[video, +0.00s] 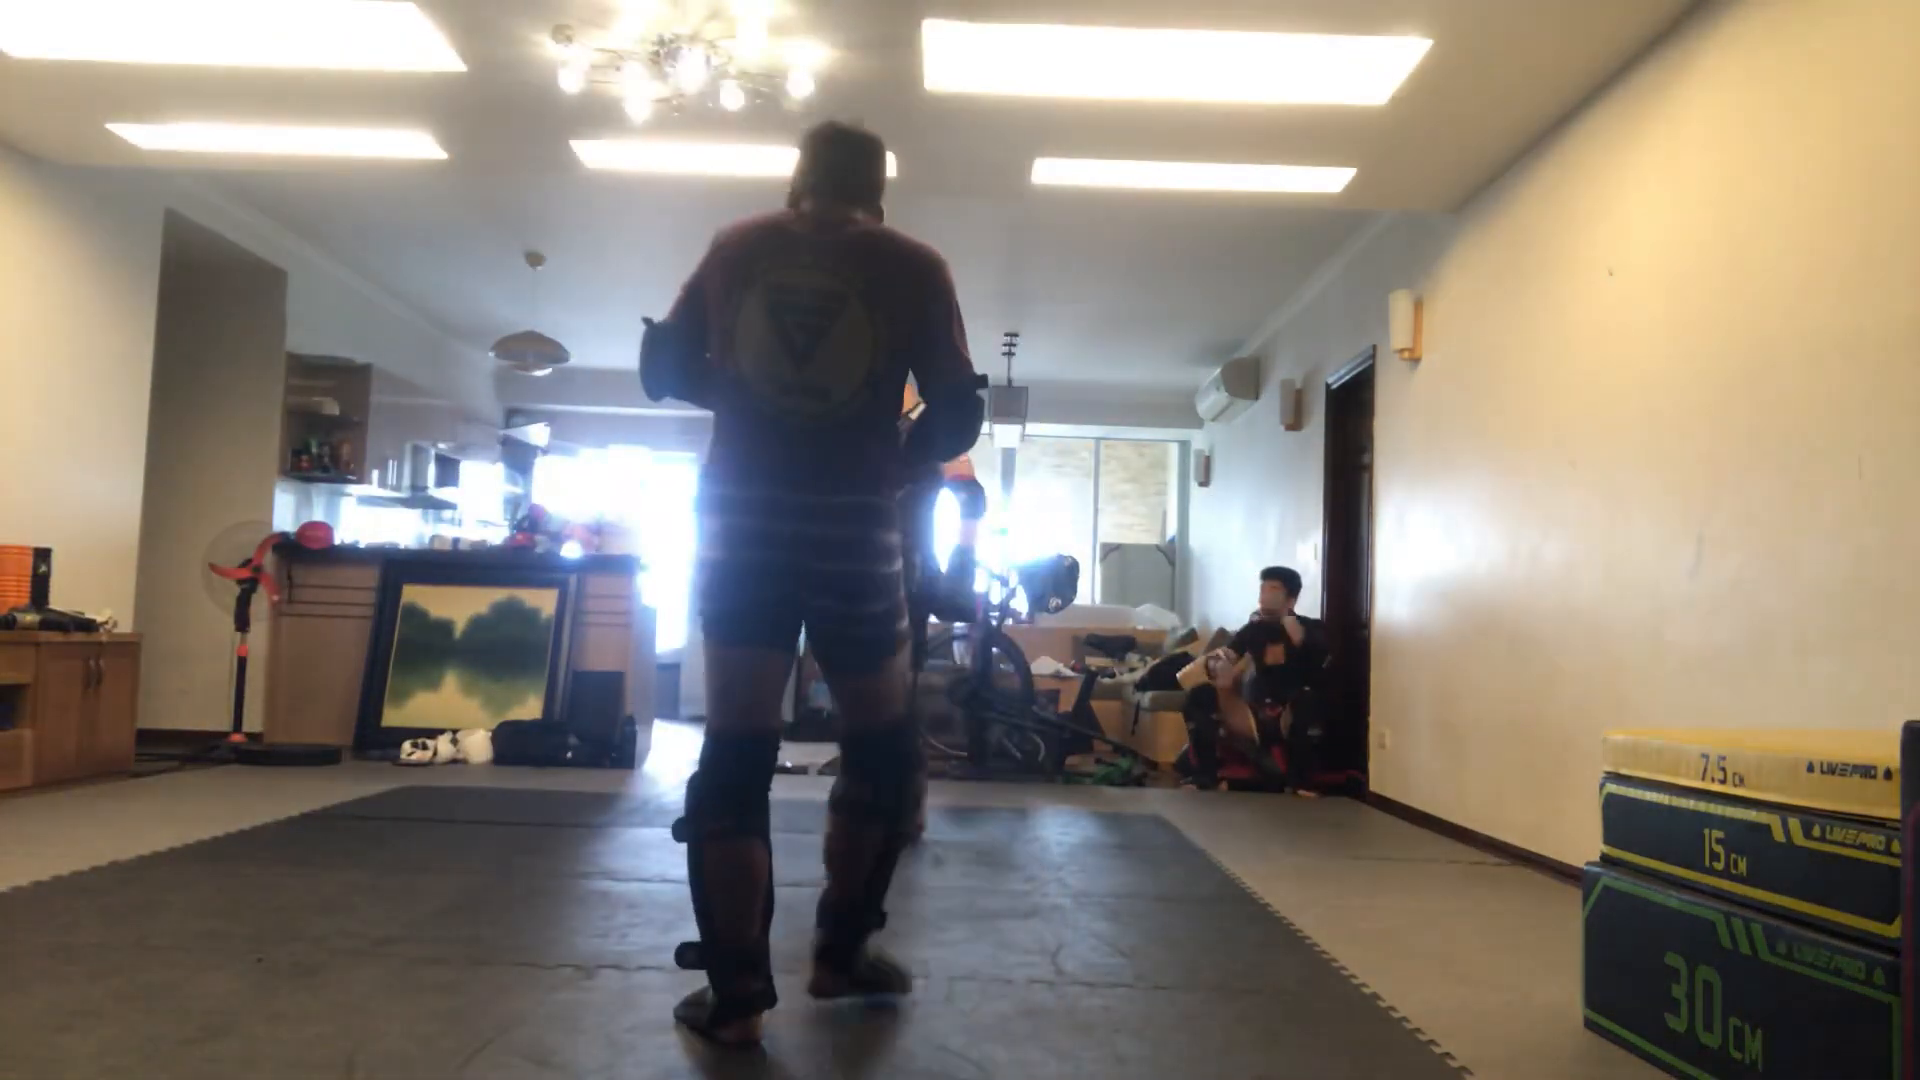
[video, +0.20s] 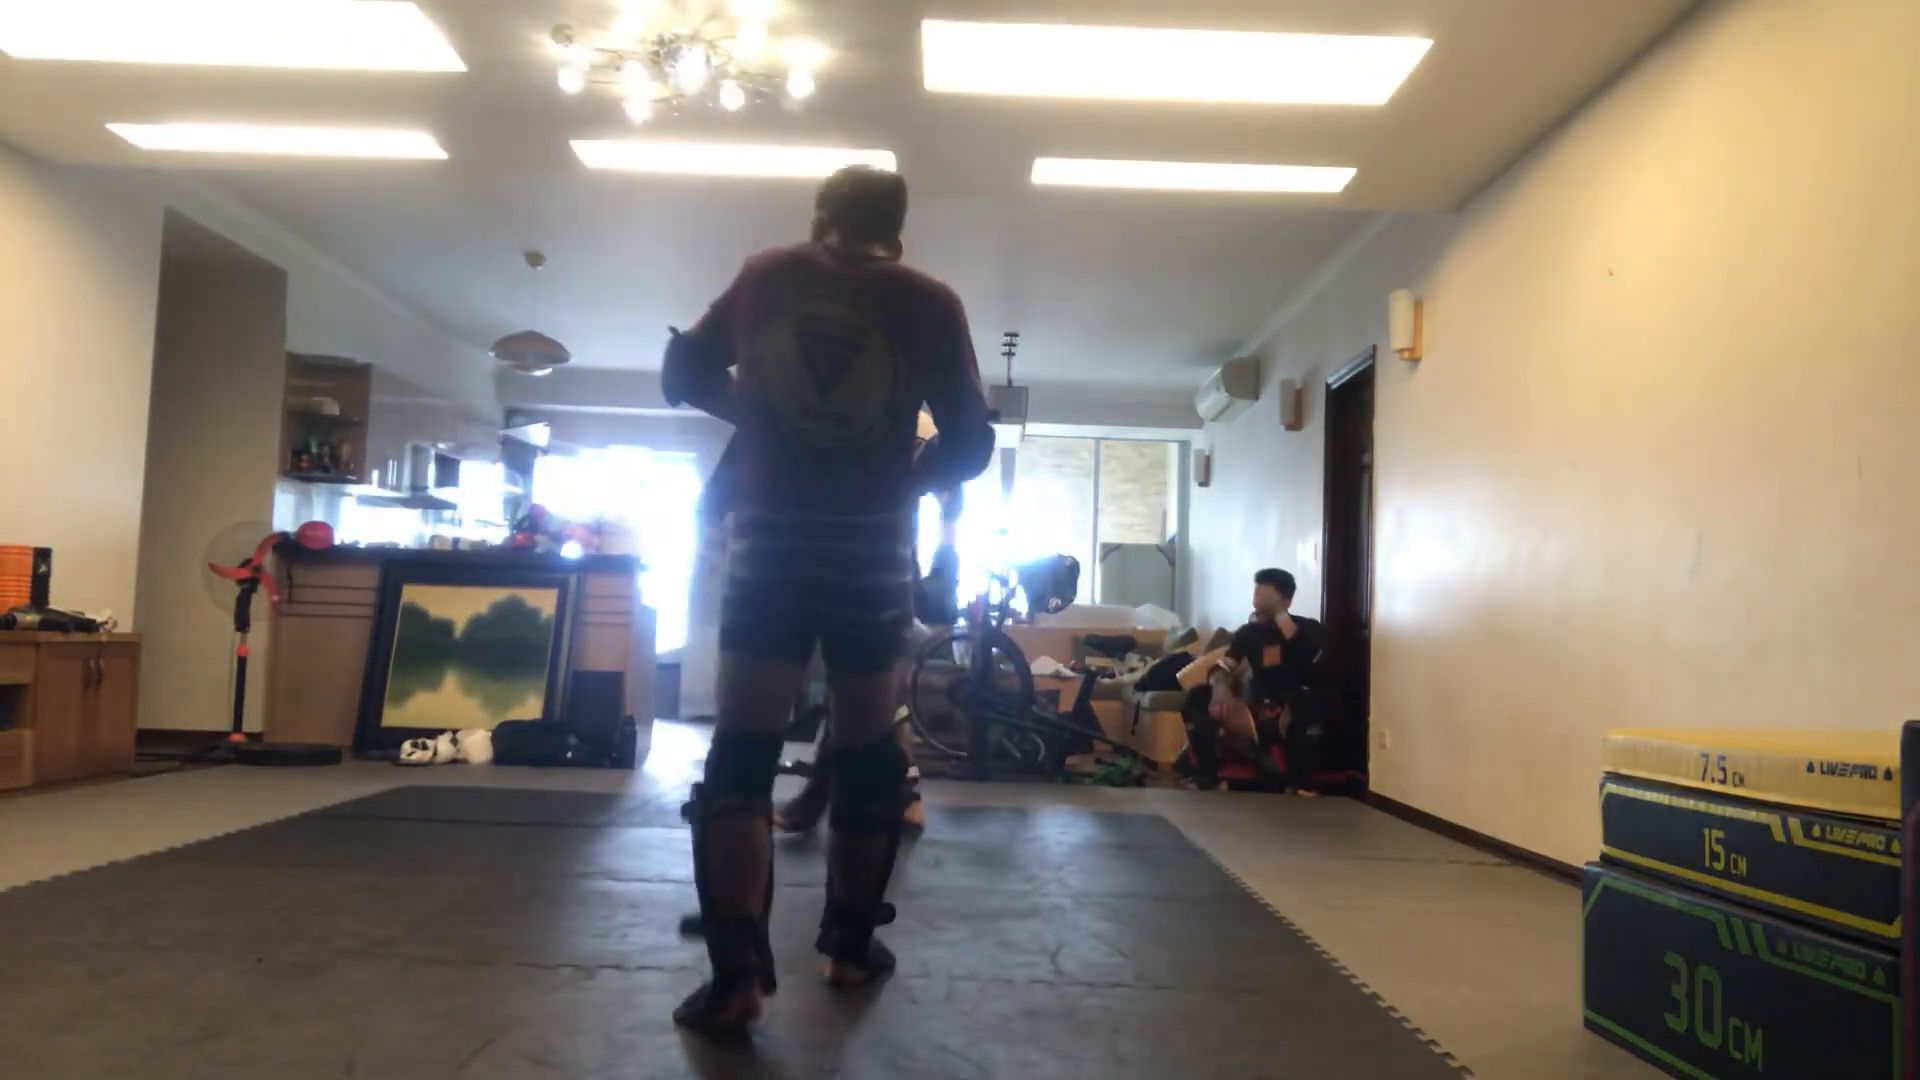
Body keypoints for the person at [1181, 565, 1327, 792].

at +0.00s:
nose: (1263, 596)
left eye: (1272, 590)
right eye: (1262, 589)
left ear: (1290, 598)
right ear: (1260, 593)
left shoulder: (1312, 629)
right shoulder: (1253, 629)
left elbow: (1320, 665)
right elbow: (1221, 661)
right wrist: (1217, 665)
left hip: (1294, 714)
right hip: (1252, 714)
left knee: (1308, 700)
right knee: (1200, 696)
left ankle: (1300, 782)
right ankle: (1204, 776)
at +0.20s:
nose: (1256, 600)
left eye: (1263, 593)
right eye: (1256, 593)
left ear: (1285, 599)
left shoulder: (1309, 629)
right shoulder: (1248, 632)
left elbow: (1315, 660)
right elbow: (1222, 668)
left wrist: (1281, 617)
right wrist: (1221, 690)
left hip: (1292, 714)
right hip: (1252, 714)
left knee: (1306, 700)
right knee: (1197, 698)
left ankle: (1300, 782)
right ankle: (1206, 776)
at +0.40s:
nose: (1247, 606)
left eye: (1254, 600)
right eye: (1247, 599)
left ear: (1277, 602)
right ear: (1247, 599)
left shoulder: (1301, 627)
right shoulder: (1241, 633)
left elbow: (1301, 662)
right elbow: (1220, 665)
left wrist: (1272, 619)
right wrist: (1218, 678)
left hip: (1288, 713)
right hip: (1247, 712)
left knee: (1303, 697)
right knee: (1198, 698)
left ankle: (1301, 783)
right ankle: (1207, 778)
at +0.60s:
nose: (1242, 610)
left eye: (1249, 603)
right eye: (1242, 602)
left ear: (1271, 606)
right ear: (1241, 602)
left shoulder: (1298, 630)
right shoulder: (1238, 633)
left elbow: (1299, 669)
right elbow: (1213, 669)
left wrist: (1269, 625)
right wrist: (1218, 683)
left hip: (1286, 717)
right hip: (1247, 717)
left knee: (1306, 700)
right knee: (1197, 698)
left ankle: (1302, 782)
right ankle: (1206, 777)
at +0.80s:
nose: (1245, 612)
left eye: (1252, 606)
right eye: (1244, 605)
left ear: (1275, 611)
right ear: (1243, 604)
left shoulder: (1298, 633)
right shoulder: (1238, 632)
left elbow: (1301, 675)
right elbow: (1212, 668)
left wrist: (1268, 633)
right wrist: (1222, 688)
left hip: (1286, 716)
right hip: (1247, 717)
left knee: (1304, 694)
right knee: (1197, 697)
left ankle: (1301, 781)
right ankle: (1206, 777)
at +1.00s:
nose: (1245, 610)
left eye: (1252, 603)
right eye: (1246, 602)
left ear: (1273, 607)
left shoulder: (1301, 632)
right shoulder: (1239, 631)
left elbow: (1303, 675)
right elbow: (1211, 667)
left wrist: (1273, 633)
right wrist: (1225, 689)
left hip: (1288, 717)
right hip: (1249, 716)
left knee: (1305, 699)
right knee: (1196, 698)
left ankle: (1302, 783)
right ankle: (1206, 777)